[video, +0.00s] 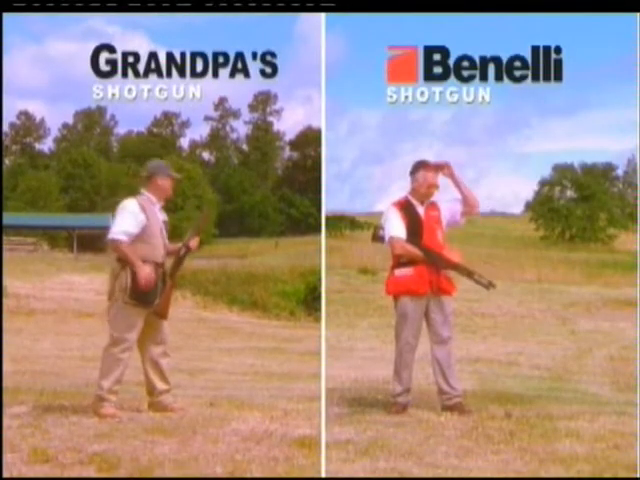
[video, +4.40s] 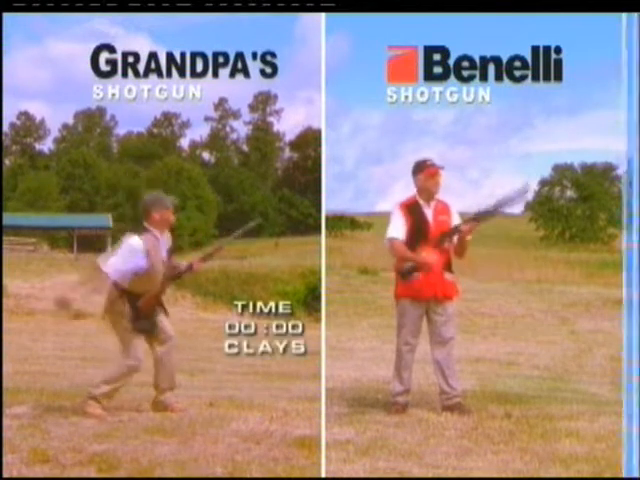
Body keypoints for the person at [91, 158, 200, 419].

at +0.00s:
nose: (172, 186)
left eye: (172, 181)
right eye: (169, 181)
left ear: (160, 183)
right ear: (155, 180)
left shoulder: (158, 213)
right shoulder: (132, 207)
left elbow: (159, 249)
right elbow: (116, 239)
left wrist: (183, 247)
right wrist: (138, 265)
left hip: (155, 273)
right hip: (132, 273)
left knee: (156, 341)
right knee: (122, 340)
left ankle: (160, 397)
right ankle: (106, 398)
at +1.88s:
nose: (142, 181)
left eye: (146, 176)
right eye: (137, 176)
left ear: (150, 179)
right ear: (125, 178)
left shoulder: (150, 209)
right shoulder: (113, 208)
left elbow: (154, 244)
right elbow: (104, 244)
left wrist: (176, 244)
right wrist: (139, 253)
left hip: (147, 280)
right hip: (121, 280)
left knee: (152, 342)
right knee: (117, 341)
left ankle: (159, 396)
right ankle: (102, 399)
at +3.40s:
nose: (159, 182)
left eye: (159, 177)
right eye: (154, 178)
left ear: (157, 182)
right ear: (139, 181)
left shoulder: (158, 210)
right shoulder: (126, 210)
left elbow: (166, 244)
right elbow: (140, 240)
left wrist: (186, 235)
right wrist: (175, 231)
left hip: (154, 273)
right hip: (129, 272)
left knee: (156, 341)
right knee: (120, 338)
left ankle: (162, 396)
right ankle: (96, 396)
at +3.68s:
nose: (154, 189)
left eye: (154, 184)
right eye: (149, 184)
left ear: (144, 188)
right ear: (132, 187)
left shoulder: (151, 215)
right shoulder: (120, 217)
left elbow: (163, 247)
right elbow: (127, 256)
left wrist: (184, 242)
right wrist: (159, 270)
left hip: (145, 280)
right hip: (122, 282)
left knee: (158, 340)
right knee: (121, 342)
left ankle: (162, 396)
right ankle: (93, 399)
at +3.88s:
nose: (152, 190)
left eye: (151, 185)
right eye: (146, 185)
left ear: (140, 190)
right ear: (131, 189)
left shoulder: (149, 216)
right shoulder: (116, 221)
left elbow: (159, 249)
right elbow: (113, 262)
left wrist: (180, 246)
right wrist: (125, 293)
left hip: (146, 281)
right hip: (122, 283)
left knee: (160, 339)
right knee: (121, 343)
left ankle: (163, 396)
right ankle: (92, 399)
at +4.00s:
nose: (152, 188)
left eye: (151, 183)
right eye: (146, 183)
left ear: (143, 188)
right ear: (130, 188)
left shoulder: (150, 214)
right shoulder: (115, 218)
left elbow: (158, 247)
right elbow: (98, 257)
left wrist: (179, 245)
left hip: (146, 279)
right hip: (120, 281)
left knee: (159, 339)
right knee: (119, 343)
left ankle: (162, 397)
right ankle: (92, 399)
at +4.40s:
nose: (173, 217)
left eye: (172, 211)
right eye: (169, 212)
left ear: (158, 216)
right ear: (154, 215)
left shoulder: (164, 239)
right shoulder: (136, 244)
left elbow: (161, 271)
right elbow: (110, 276)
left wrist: (186, 268)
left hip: (145, 296)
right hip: (122, 298)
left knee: (166, 341)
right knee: (134, 359)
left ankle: (163, 396)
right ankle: (94, 398)